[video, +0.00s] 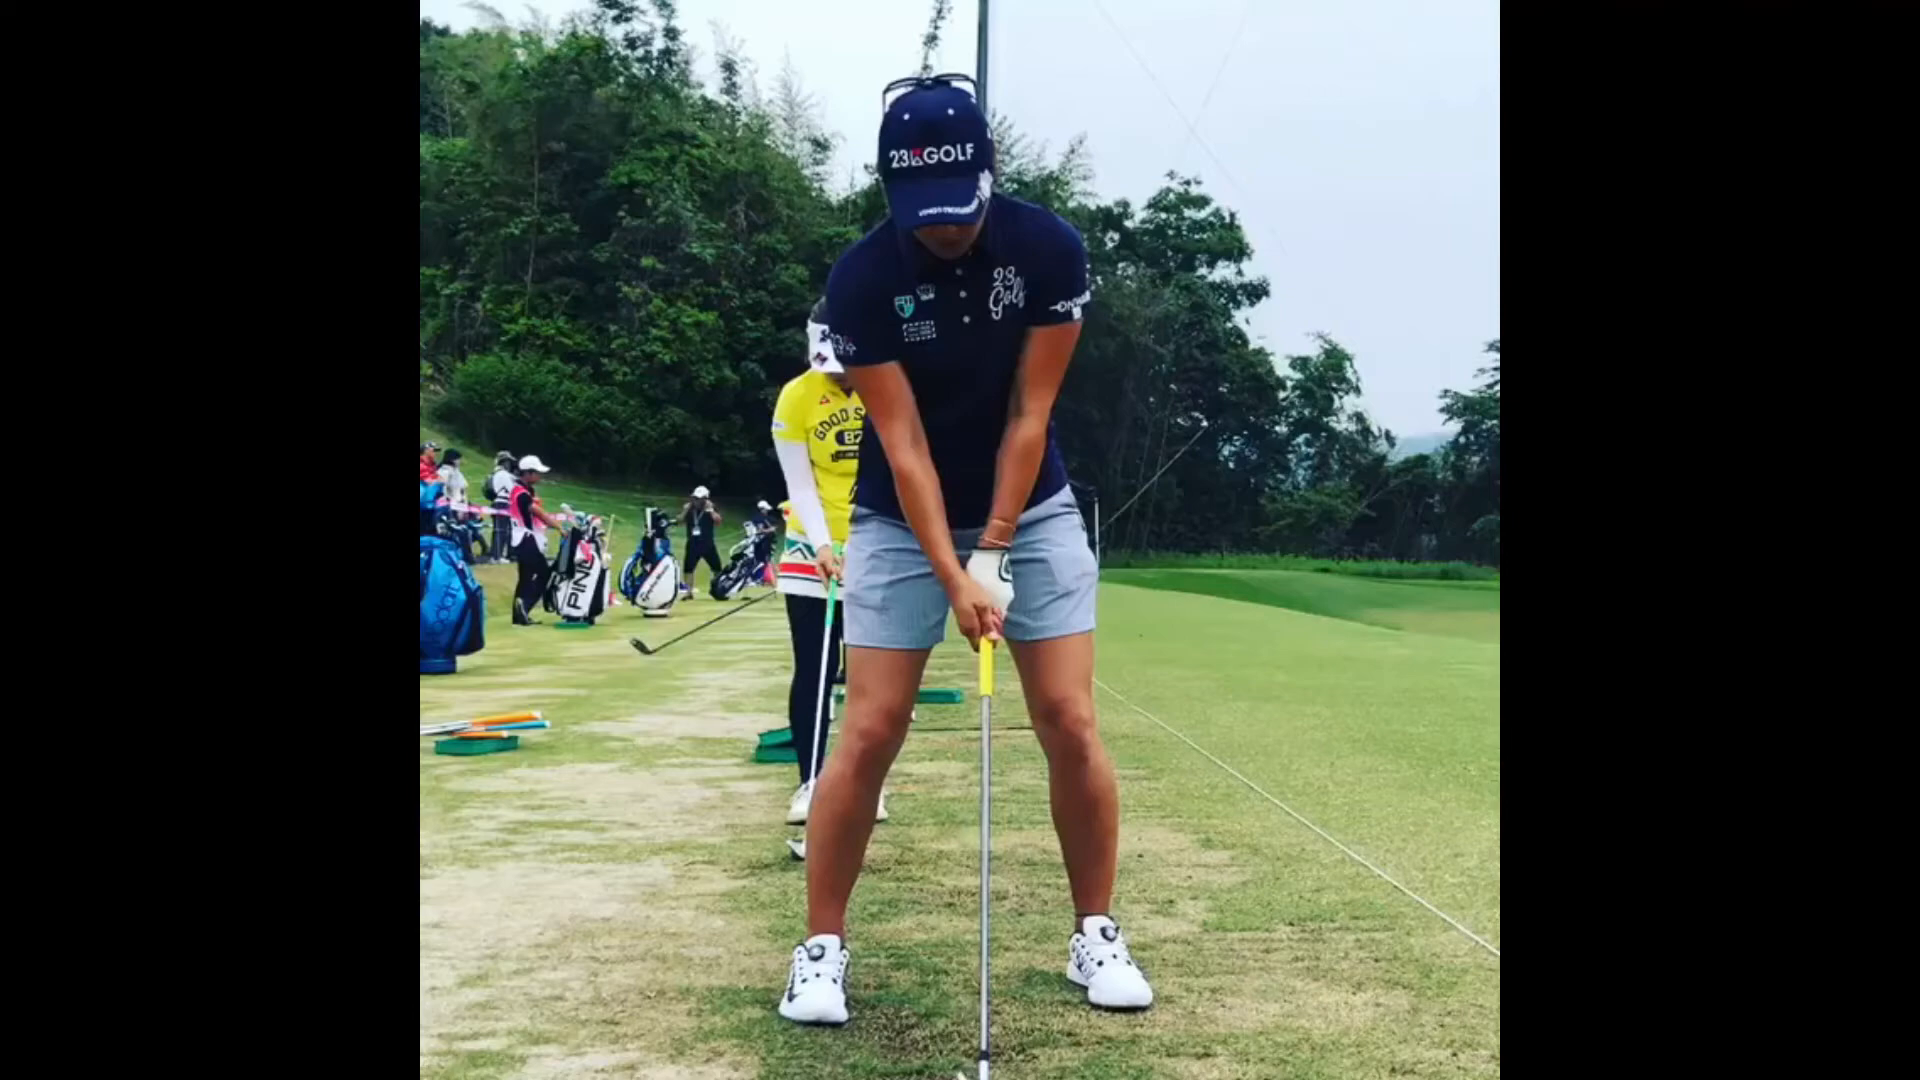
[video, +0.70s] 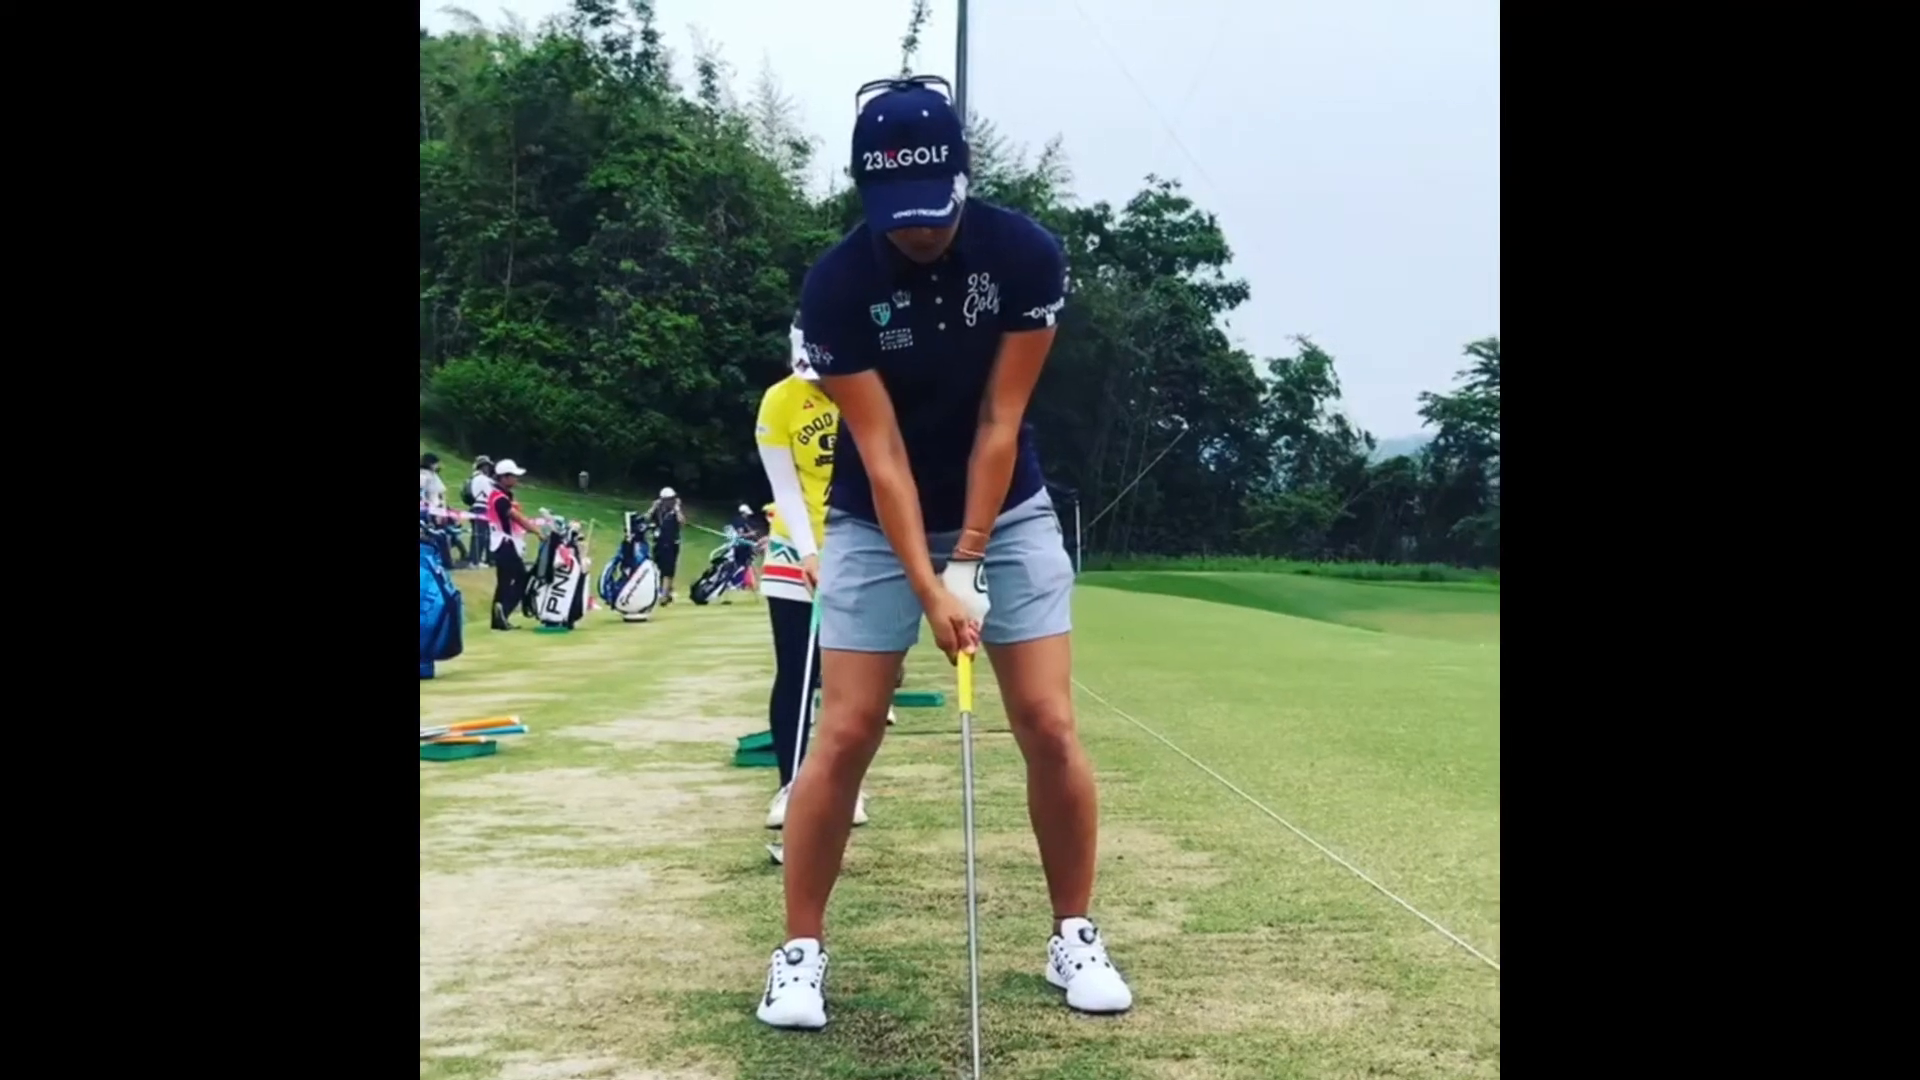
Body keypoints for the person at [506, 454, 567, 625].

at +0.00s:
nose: (539, 478)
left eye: (539, 474)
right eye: (537, 474)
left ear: (527, 474)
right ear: (528, 474)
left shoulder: (519, 491)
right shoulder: (522, 494)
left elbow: (537, 512)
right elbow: (540, 514)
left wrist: (556, 520)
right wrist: (559, 528)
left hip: (521, 535)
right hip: (526, 537)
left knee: (526, 575)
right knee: (544, 571)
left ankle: (519, 612)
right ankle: (525, 604)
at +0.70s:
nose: (516, 480)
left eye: (516, 477)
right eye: (513, 477)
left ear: (505, 478)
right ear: (503, 478)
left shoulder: (500, 495)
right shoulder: (500, 499)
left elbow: (517, 516)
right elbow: (518, 518)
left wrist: (536, 523)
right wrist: (538, 532)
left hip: (503, 541)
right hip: (504, 542)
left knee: (504, 579)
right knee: (521, 577)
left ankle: (498, 618)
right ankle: (504, 609)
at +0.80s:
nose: (513, 480)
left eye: (514, 476)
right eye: (511, 476)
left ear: (502, 477)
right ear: (501, 477)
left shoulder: (497, 495)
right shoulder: (498, 498)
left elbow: (515, 515)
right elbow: (516, 517)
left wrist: (534, 522)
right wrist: (536, 531)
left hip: (500, 540)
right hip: (503, 541)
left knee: (502, 579)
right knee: (519, 576)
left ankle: (495, 617)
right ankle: (502, 608)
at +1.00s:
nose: (512, 479)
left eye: (512, 475)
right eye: (510, 475)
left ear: (500, 477)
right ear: (500, 476)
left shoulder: (495, 493)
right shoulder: (497, 497)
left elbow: (513, 513)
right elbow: (514, 516)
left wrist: (532, 522)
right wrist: (534, 530)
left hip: (497, 538)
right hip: (502, 540)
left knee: (501, 578)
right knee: (518, 575)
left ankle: (494, 616)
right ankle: (501, 607)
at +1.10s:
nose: (513, 478)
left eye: (513, 475)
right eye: (510, 475)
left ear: (502, 476)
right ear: (501, 476)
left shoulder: (497, 493)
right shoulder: (499, 497)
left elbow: (515, 515)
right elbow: (516, 516)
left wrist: (534, 521)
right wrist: (536, 529)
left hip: (500, 538)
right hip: (503, 540)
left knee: (502, 577)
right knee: (520, 574)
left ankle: (496, 615)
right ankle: (502, 607)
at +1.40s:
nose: (520, 479)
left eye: (520, 475)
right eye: (517, 475)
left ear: (510, 477)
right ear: (508, 477)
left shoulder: (503, 493)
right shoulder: (505, 497)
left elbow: (520, 513)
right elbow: (522, 516)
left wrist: (538, 523)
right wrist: (541, 529)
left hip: (505, 537)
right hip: (509, 539)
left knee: (509, 577)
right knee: (526, 575)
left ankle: (503, 615)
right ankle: (508, 607)